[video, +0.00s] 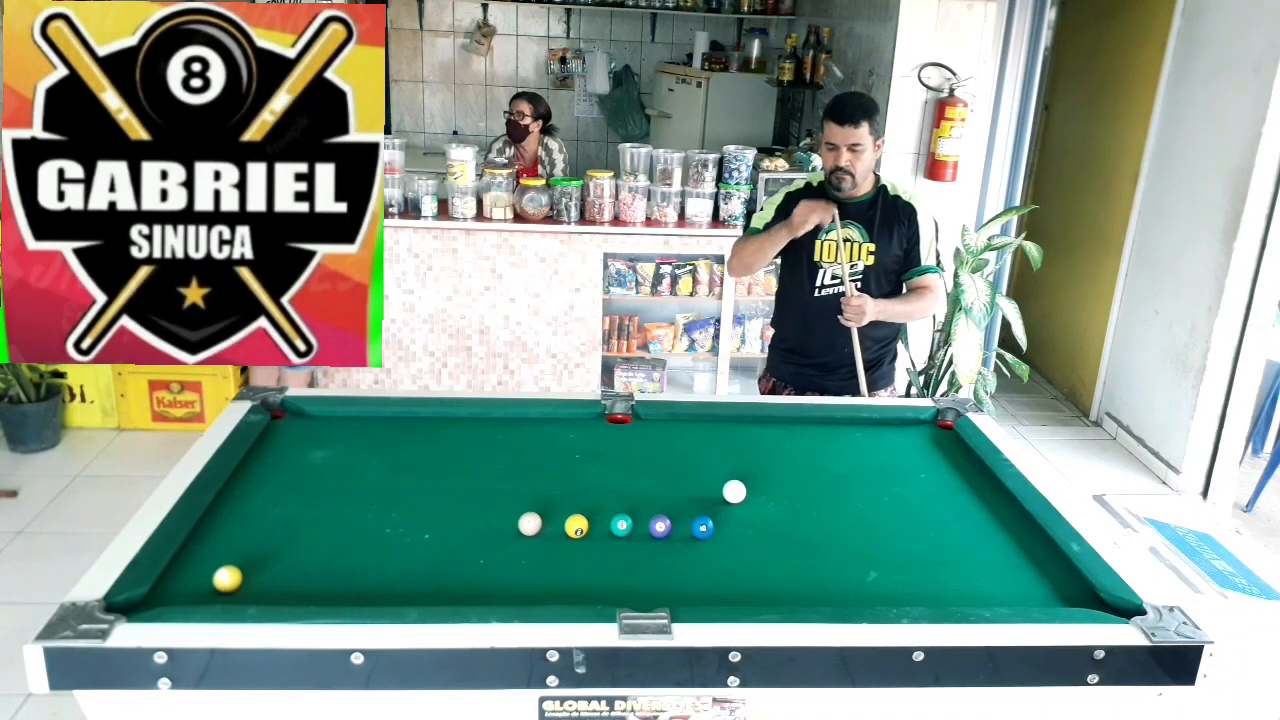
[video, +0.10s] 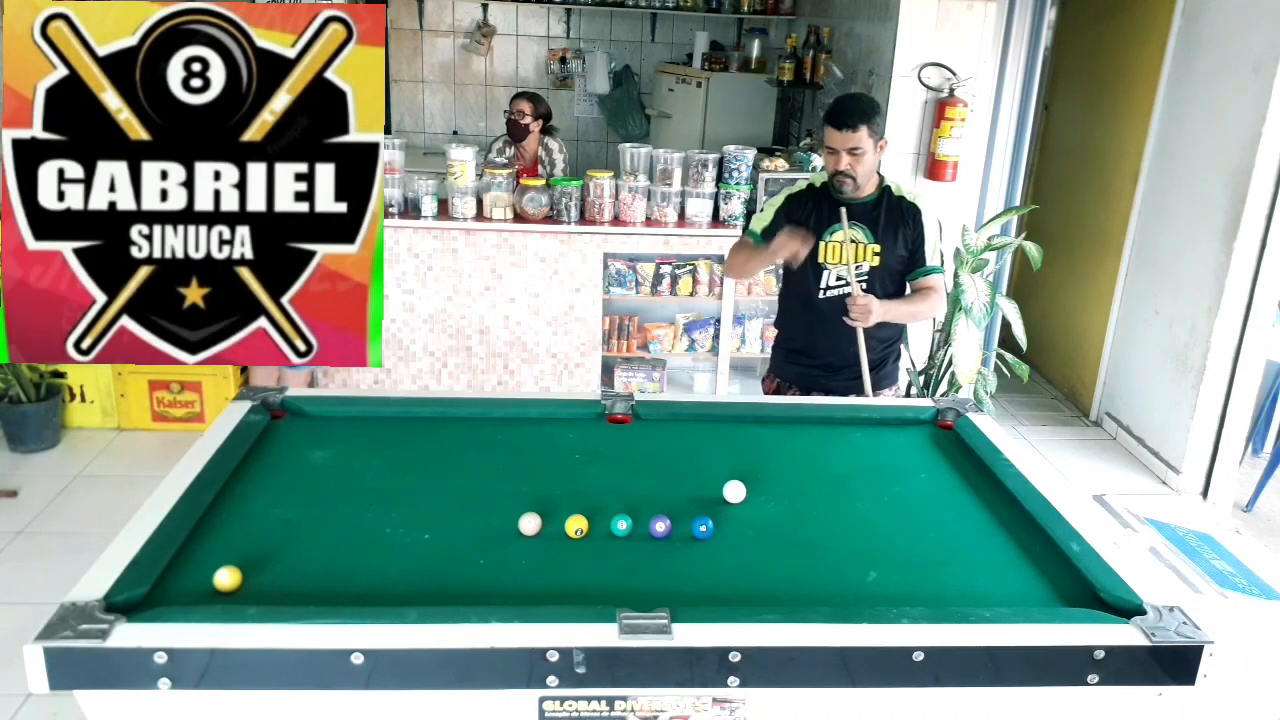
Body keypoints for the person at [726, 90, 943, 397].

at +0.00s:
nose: (840, 161)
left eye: (854, 149)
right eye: (831, 148)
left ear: (878, 148)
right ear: (820, 147)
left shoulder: (903, 215)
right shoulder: (793, 202)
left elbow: (930, 297)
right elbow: (737, 266)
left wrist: (875, 309)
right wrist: (790, 228)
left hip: (869, 391)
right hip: (791, 386)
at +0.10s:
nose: (841, 165)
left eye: (854, 153)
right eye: (832, 152)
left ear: (881, 149)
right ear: (822, 149)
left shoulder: (908, 216)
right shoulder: (795, 204)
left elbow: (933, 299)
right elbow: (733, 266)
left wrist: (882, 310)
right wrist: (772, 252)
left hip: (873, 393)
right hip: (794, 387)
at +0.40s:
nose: (848, 172)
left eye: (862, 160)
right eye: (839, 159)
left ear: (890, 156)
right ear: (831, 154)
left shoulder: (925, 216)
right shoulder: (810, 217)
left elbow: (950, 295)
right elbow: (769, 295)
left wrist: (906, 352)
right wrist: (750, 362)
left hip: (894, 397)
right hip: (814, 393)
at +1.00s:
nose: (877, 166)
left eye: (892, 156)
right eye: (871, 152)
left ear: (921, 158)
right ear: (863, 147)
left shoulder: (948, 212)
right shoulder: (842, 212)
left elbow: (985, 291)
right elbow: (817, 286)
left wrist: (956, 245)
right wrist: (806, 355)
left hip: (915, 388)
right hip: (846, 382)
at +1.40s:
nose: (889, 168)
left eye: (904, 158)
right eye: (883, 154)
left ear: (932, 156)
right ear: (876, 150)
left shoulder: (958, 204)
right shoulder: (868, 206)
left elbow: (988, 274)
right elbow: (851, 264)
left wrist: (932, 260)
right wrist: (841, 318)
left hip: (933, 373)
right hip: (872, 362)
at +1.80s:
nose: (894, 191)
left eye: (908, 181)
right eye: (889, 178)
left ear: (942, 178)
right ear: (883, 173)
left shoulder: (965, 229)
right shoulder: (891, 221)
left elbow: (930, 313)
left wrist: (862, 361)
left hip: (971, 386)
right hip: (913, 377)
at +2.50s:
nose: (856, 336)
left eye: (869, 325)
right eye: (849, 322)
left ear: (902, 313)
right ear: (844, 306)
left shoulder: (936, 340)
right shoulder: (898, 263)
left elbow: (897, 407)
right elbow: (911, 232)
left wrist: (827, 441)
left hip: (1026, 377)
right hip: (971, 364)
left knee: (991, 477)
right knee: (949, 460)